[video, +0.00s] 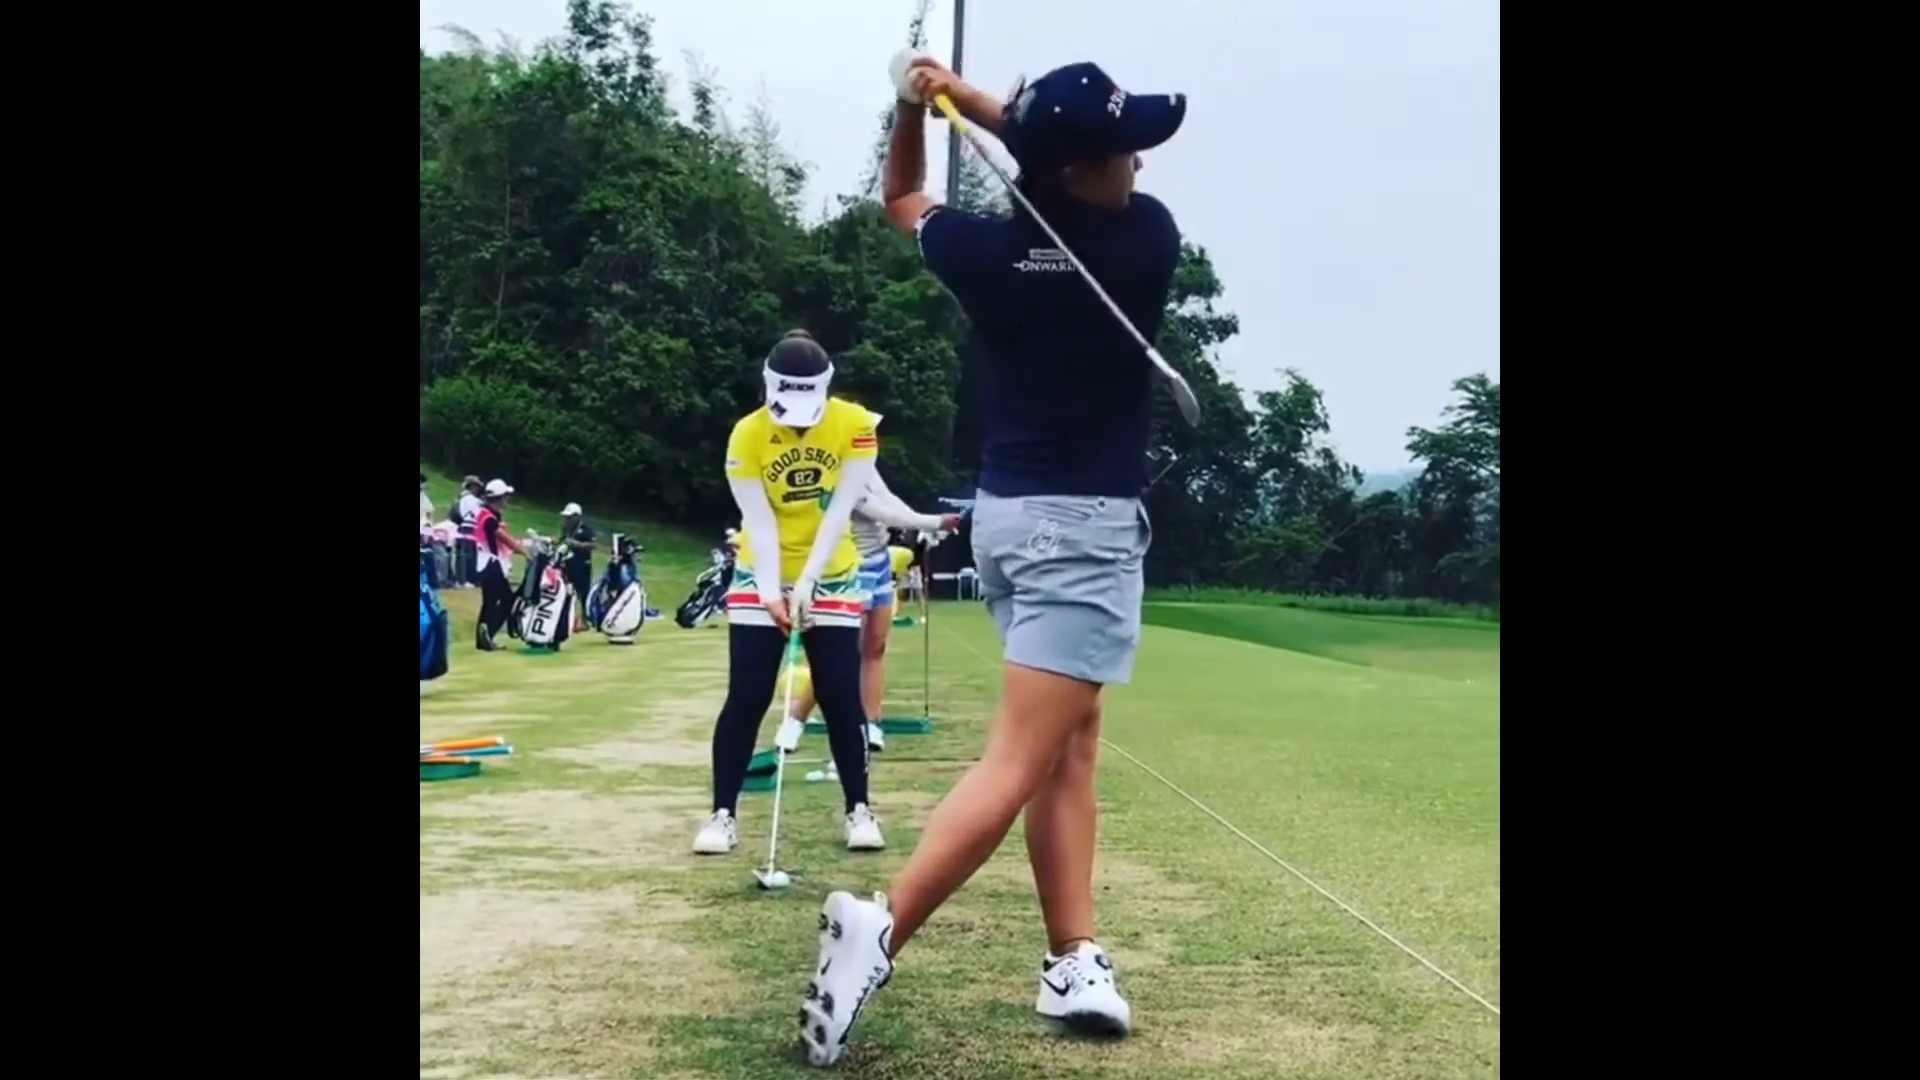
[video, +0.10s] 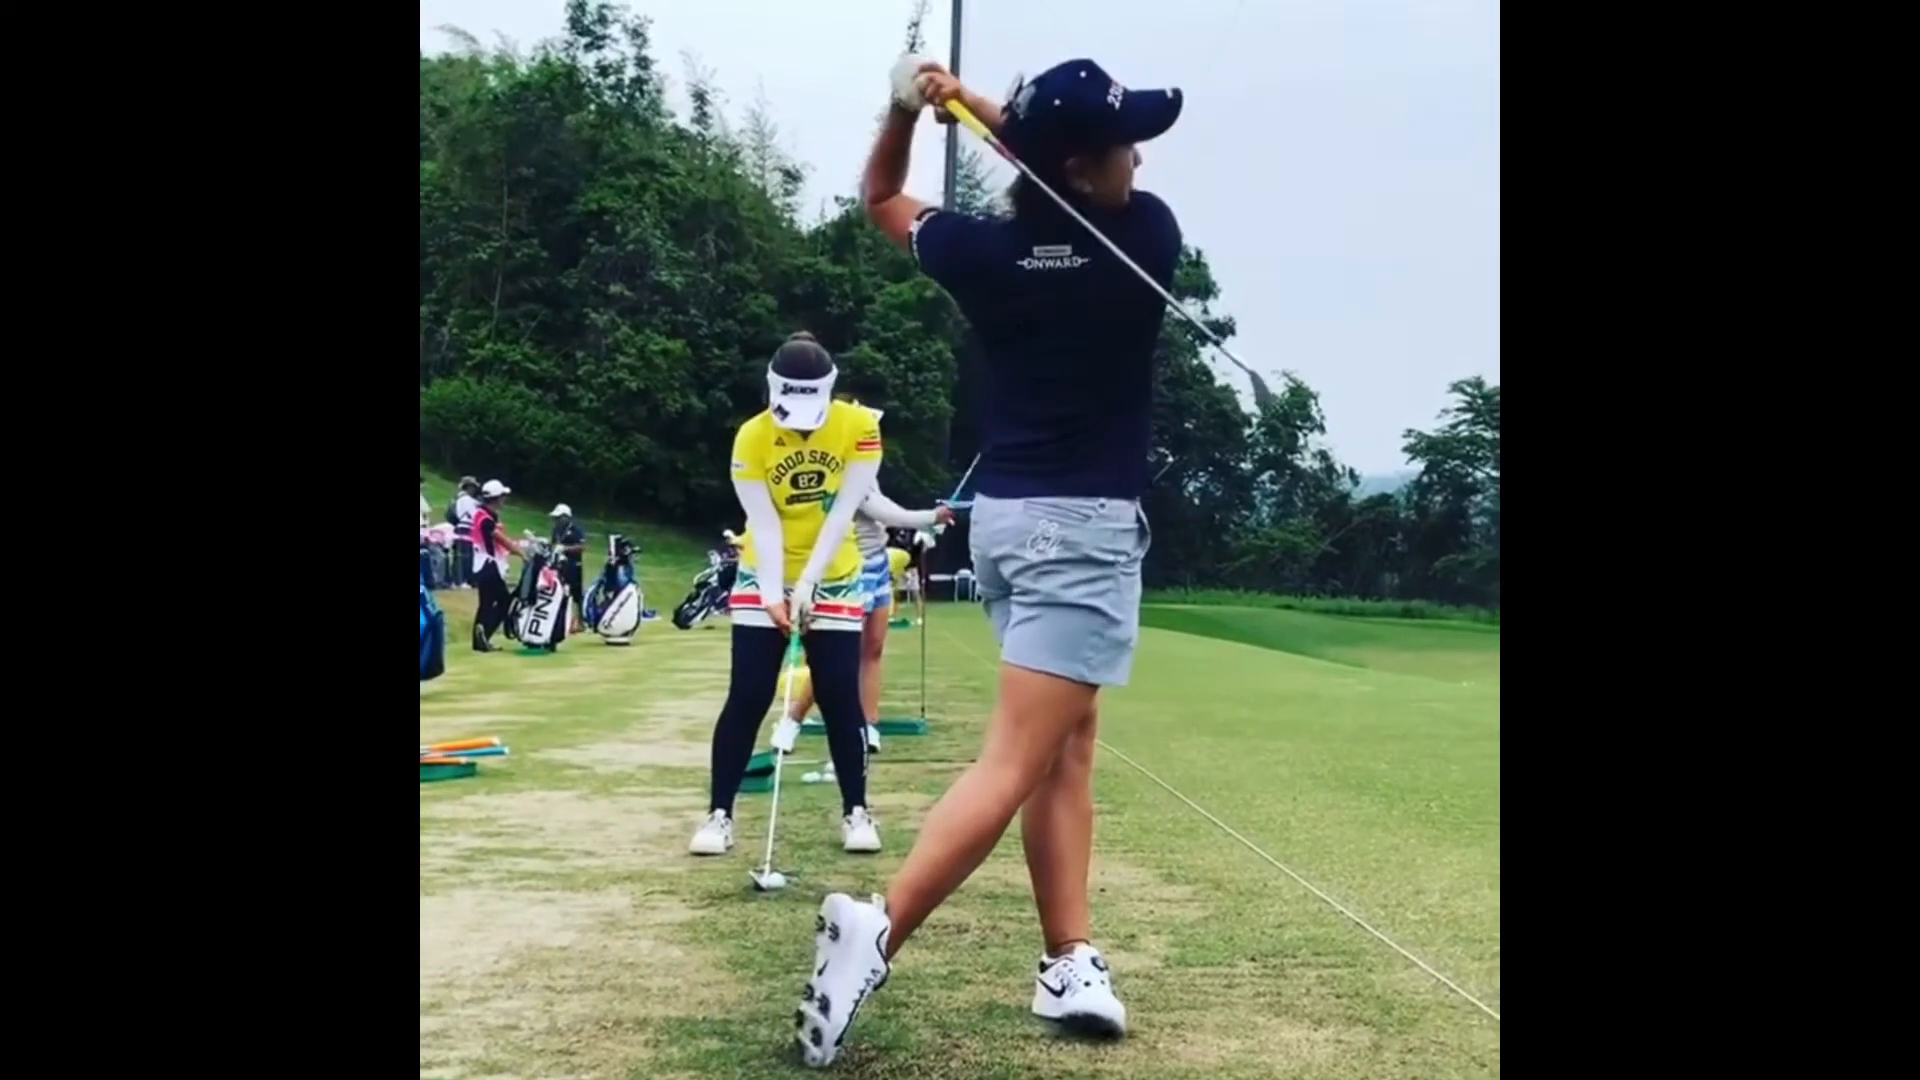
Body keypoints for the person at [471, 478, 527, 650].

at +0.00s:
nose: (507, 500)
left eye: (507, 497)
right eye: (505, 497)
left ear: (491, 497)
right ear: (498, 498)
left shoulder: (484, 514)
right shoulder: (490, 519)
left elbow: (503, 536)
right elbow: (506, 541)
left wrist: (522, 544)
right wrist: (524, 551)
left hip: (484, 558)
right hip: (491, 562)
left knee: (489, 599)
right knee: (507, 597)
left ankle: (483, 637)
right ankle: (489, 630)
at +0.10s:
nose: (503, 501)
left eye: (503, 498)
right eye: (501, 498)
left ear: (487, 498)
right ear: (494, 499)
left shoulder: (482, 516)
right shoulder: (486, 520)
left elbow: (500, 539)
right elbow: (502, 541)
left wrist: (517, 549)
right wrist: (521, 552)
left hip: (483, 560)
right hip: (488, 563)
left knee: (486, 601)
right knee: (504, 599)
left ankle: (479, 639)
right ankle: (485, 631)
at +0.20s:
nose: (500, 502)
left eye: (500, 498)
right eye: (499, 499)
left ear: (484, 499)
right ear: (492, 500)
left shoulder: (479, 516)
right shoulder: (483, 521)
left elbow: (497, 539)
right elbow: (499, 541)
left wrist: (514, 549)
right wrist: (518, 552)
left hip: (479, 561)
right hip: (484, 564)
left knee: (483, 601)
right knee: (502, 599)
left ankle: (476, 640)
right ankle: (482, 632)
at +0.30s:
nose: (498, 503)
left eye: (498, 499)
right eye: (496, 500)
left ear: (483, 500)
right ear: (489, 501)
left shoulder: (477, 517)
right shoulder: (481, 522)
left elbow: (495, 540)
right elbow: (497, 543)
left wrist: (513, 549)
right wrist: (516, 554)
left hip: (477, 562)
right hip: (482, 564)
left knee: (481, 603)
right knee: (499, 600)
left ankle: (474, 642)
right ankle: (480, 633)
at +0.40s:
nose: (497, 504)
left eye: (497, 501)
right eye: (495, 501)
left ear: (481, 501)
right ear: (488, 502)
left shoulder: (475, 519)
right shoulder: (480, 523)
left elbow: (493, 541)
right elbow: (496, 544)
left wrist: (510, 550)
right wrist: (514, 556)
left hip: (474, 563)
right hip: (481, 565)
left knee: (480, 604)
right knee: (498, 601)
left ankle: (473, 643)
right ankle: (479, 635)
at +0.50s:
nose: (496, 505)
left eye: (496, 502)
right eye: (494, 502)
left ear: (480, 503)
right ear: (487, 503)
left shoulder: (474, 520)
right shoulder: (479, 524)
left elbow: (492, 544)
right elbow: (493, 544)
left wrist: (508, 556)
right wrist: (511, 557)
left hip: (474, 564)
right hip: (479, 567)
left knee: (479, 605)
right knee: (497, 602)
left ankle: (472, 644)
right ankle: (478, 636)